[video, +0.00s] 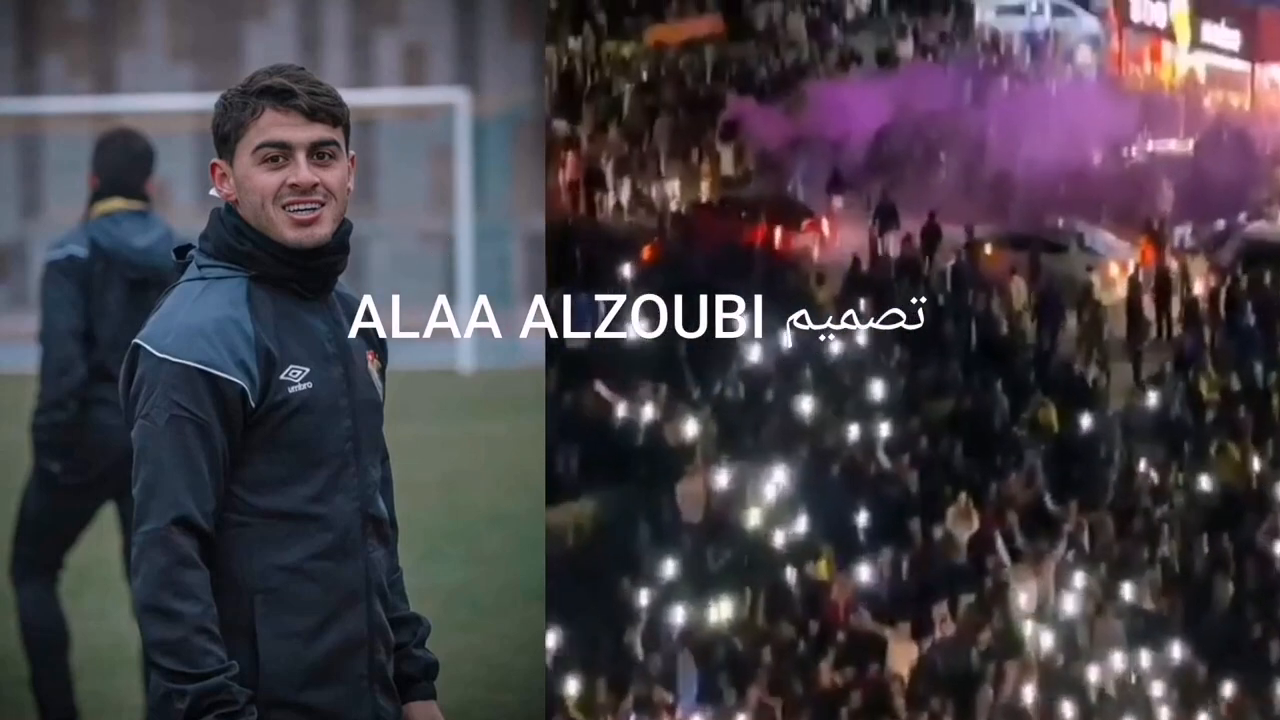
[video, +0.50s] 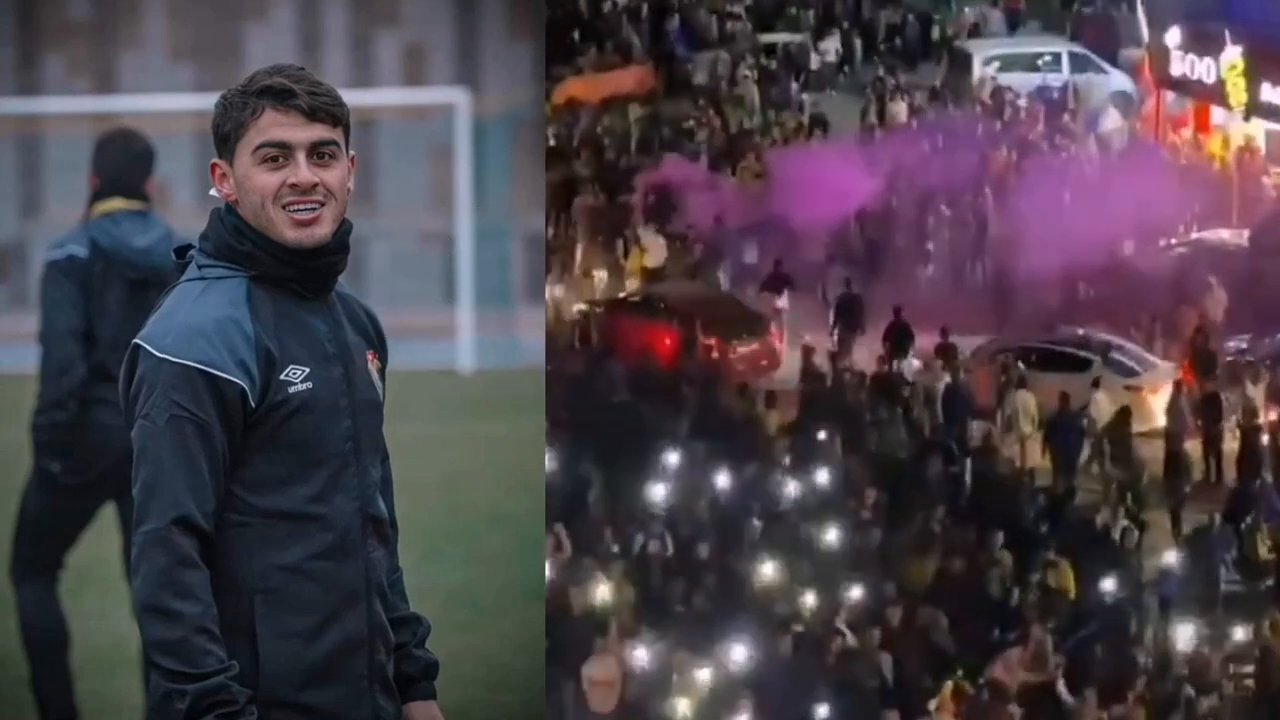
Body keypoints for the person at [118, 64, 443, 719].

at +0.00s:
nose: (305, 178)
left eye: (322, 155)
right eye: (274, 158)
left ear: (350, 171)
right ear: (226, 182)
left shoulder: (351, 319)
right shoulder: (196, 334)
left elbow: (372, 523)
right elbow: (164, 551)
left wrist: (414, 684)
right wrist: (213, 705)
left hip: (364, 690)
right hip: (260, 692)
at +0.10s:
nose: (305, 178)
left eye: (322, 155)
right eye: (274, 158)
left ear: (350, 171)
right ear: (226, 182)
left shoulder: (352, 319)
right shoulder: (196, 334)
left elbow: (372, 523)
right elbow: (164, 551)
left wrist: (414, 684)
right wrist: (213, 705)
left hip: (364, 691)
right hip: (260, 692)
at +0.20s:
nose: (305, 178)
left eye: (322, 155)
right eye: (274, 158)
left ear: (350, 171)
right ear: (226, 182)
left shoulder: (356, 323)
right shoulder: (195, 334)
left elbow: (372, 524)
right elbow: (164, 550)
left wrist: (414, 684)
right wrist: (213, 705)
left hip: (364, 690)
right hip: (259, 691)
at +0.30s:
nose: (305, 178)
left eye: (322, 155)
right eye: (274, 158)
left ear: (350, 171)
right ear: (226, 182)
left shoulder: (356, 323)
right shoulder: (195, 334)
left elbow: (372, 524)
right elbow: (164, 550)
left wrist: (414, 684)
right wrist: (213, 705)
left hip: (364, 690)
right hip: (259, 691)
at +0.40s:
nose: (305, 178)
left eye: (322, 155)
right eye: (274, 158)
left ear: (350, 170)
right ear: (226, 181)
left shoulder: (356, 323)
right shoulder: (194, 335)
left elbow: (372, 524)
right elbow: (164, 551)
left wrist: (414, 684)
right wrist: (213, 705)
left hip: (365, 690)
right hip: (259, 692)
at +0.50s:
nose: (305, 178)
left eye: (322, 155)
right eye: (274, 158)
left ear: (350, 171)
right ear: (226, 182)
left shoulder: (356, 323)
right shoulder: (195, 334)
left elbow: (372, 524)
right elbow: (164, 550)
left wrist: (414, 684)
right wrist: (213, 705)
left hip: (364, 690)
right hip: (259, 691)